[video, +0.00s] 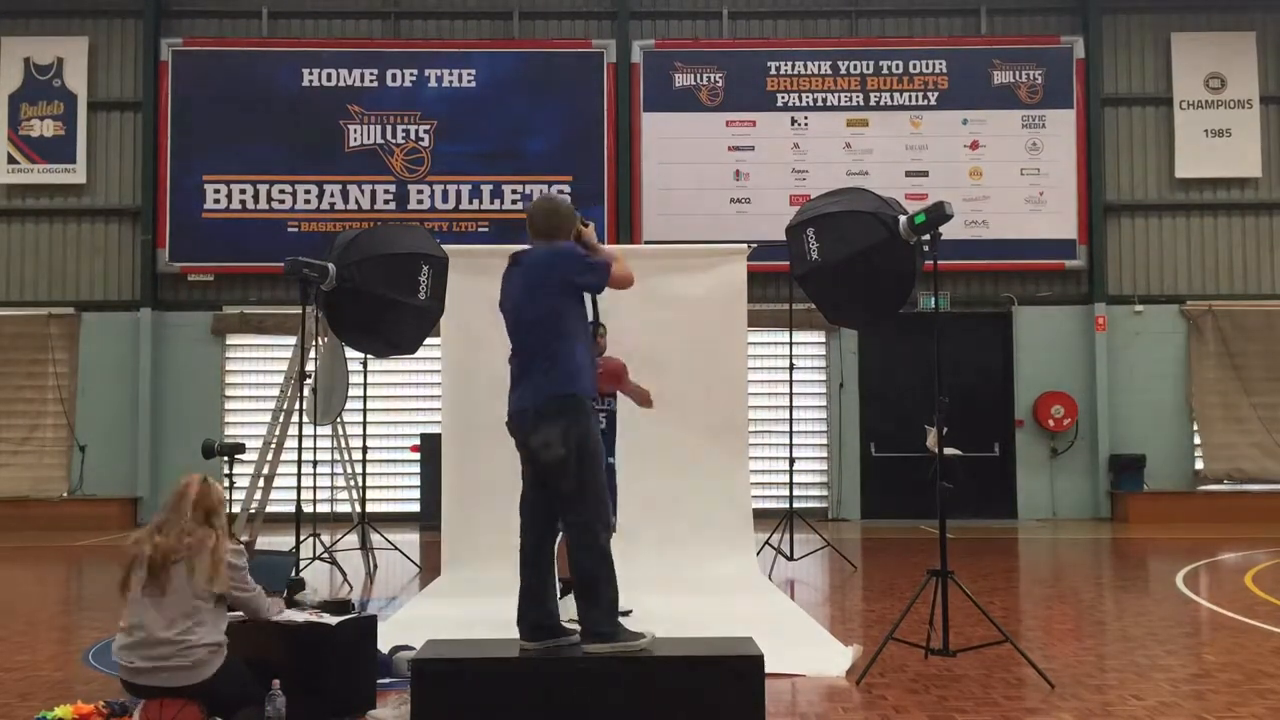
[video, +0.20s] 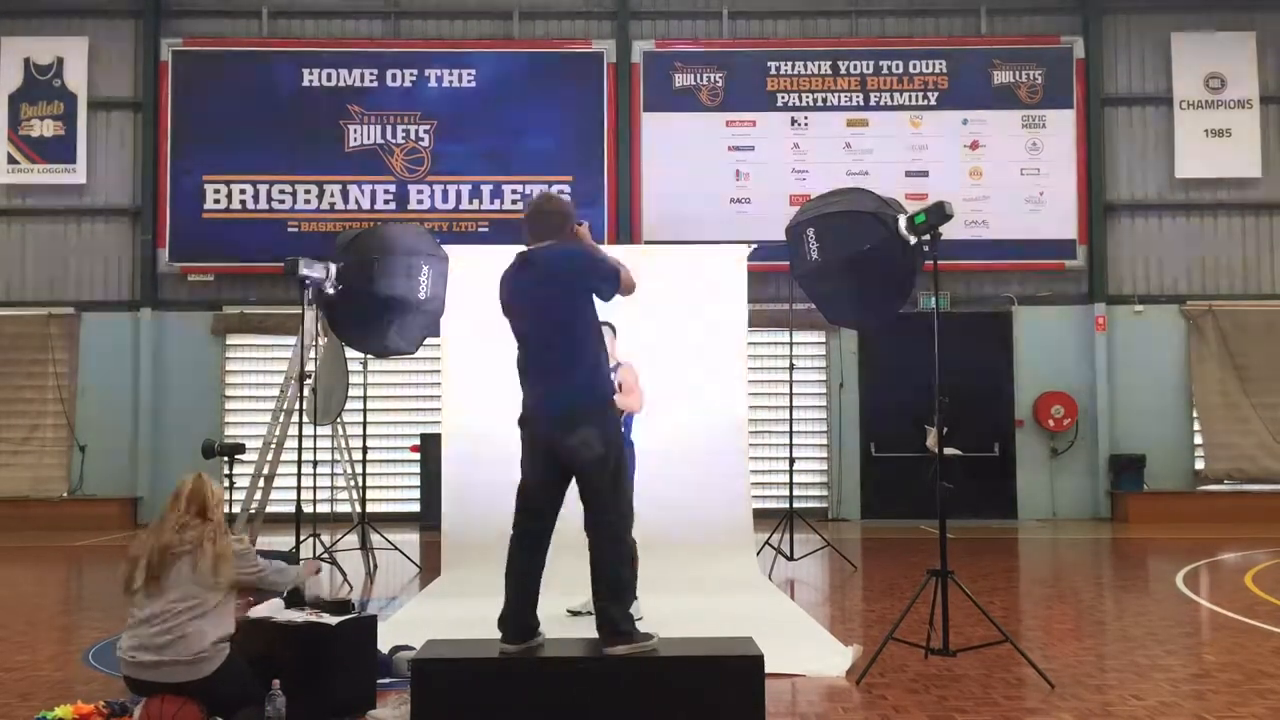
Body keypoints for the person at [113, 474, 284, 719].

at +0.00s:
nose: (225, 514)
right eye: (222, 508)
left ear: (174, 506)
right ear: (216, 511)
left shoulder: (145, 542)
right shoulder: (225, 550)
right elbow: (259, 608)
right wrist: (277, 604)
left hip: (136, 680)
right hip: (196, 677)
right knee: (252, 700)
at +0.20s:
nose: (223, 509)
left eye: (222, 503)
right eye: (221, 504)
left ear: (176, 503)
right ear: (215, 507)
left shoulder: (149, 542)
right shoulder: (226, 546)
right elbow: (270, 575)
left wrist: (225, 607)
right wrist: (303, 571)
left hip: (137, 673)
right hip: (199, 670)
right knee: (252, 702)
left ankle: (147, 706)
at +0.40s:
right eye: (219, 505)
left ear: (169, 506)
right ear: (214, 509)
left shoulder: (141, 545)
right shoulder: (231, 555)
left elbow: (133, 612)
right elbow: (241, 635)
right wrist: (233, 665)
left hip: (138, 680)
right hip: (203, 684)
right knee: (255, 698)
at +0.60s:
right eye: (216, 511)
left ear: (169, 511)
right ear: (210, 514)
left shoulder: (143, 543)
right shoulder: (225, 552)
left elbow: (132, 608)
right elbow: (243, 628)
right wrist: (279, 614)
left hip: (140, 678)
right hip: (205, 682)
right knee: (254, 703)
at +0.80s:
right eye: (218, 507)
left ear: (170, 507)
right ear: (213, 510)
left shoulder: (146, 543)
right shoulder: (228, 553)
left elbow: (134, 607)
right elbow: (244, 630)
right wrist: (278, 614)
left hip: (139, 677)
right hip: (204, 682)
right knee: (254, 701)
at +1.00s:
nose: (223, 515)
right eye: (221, 509)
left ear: (174, 508)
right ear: (215, 512)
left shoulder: (147, 543)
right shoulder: (229, 554)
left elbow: (135, 608)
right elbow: (245, 630)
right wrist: (279, 614)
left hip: (140, 677)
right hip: (204, 682)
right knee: (252, 702)